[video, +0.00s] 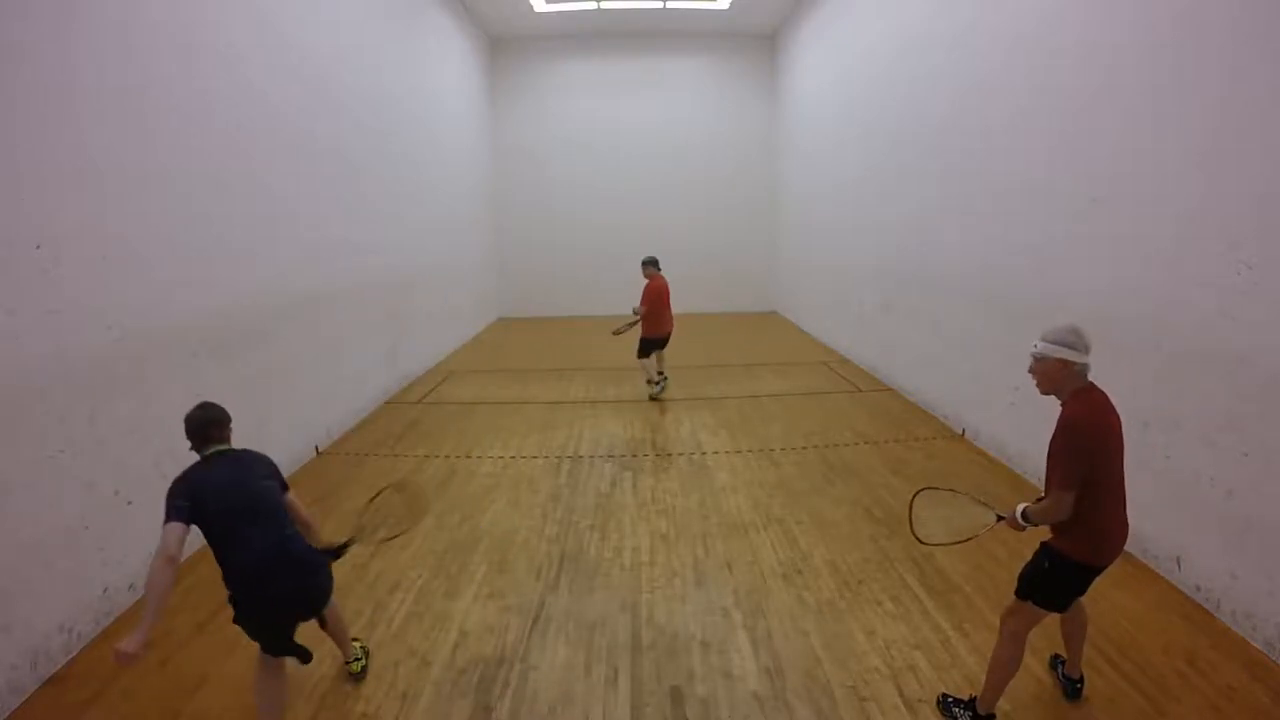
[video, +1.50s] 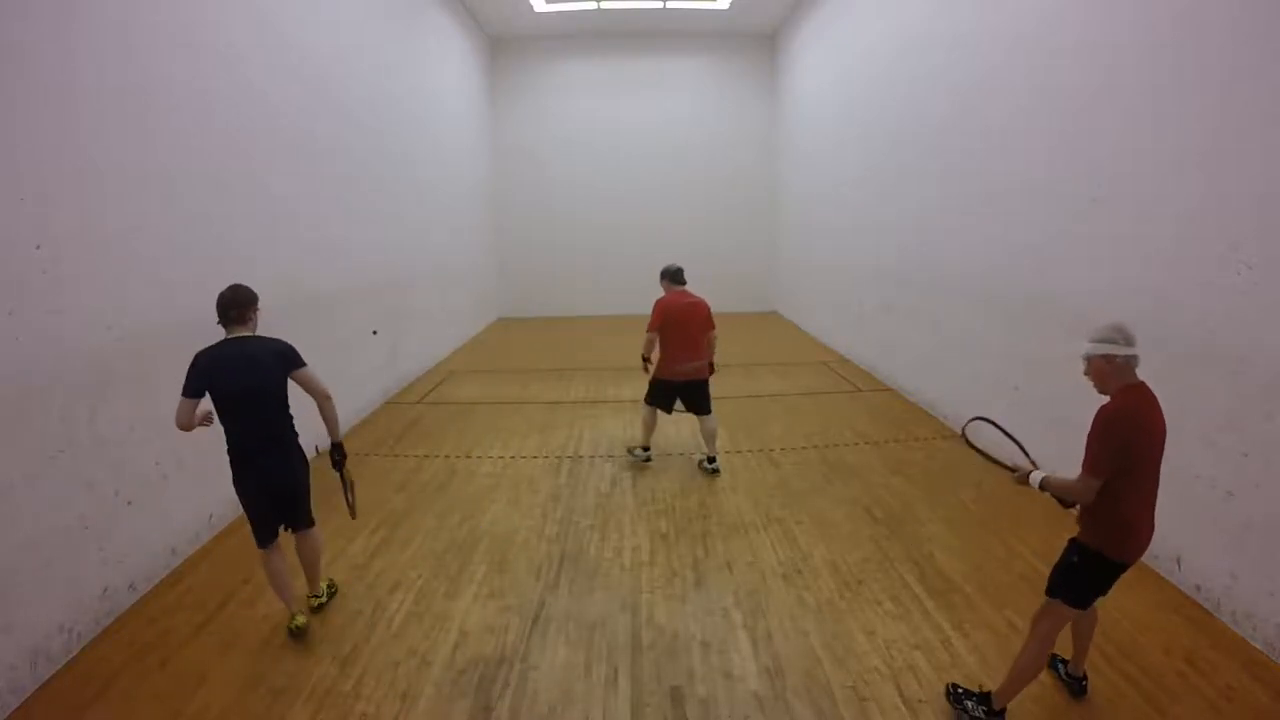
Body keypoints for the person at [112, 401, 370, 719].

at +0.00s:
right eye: (227, 428)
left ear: (192, 444)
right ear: (229, 431)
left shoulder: (186, 485)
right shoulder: (259, 462)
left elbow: (169, 556)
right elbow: (300, 516)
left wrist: (142, 633)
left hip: (255, 592)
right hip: (301, 569)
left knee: (271, 655)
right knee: (324, 602)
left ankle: (270, 713)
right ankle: (352, 657)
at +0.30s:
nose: (150, 396)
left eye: (154, 385)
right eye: (148, 387)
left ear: (178, 382)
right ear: (198, 382)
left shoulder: (155, 436)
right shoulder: (242, 414)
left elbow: (144, 523)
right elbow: (299, 464)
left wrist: (146, 584)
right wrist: (313, 511)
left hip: (217, 567)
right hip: (273, 547)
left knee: (231, 663)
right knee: (323, 610)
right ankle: (386, 670)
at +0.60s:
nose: (185, 388)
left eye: (185, 382)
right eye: (186, 380)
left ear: (190, 385)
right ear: (226, 379)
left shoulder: (192, 431)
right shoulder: (242, 414)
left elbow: (155, 508)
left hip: (260, 554)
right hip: (307, 529)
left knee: (254, 663)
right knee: (320, 600)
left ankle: (260, 716)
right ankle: (378, 667)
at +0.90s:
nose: (208, 344)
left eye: (208, 338)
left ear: (212, 339)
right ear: (245, 335)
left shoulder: (215, 369)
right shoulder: (267, 367)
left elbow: (221, 415)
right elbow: (278, 420)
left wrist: (175, 478)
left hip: (264, 493)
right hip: (306, 479)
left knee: (266, 589)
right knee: (323, 572)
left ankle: (290, 671)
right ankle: (377, 652)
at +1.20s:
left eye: (208, 331)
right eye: (235, 324)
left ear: (202, 335)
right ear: (237, 327)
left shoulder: (200, 385)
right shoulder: (267, 363)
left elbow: (206, 456)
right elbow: (310, 411)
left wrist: (213, 510)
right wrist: (310, 454)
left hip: (253, 487)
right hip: (295, 472)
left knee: (275, 559)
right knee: (314, 546)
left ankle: (302, 627)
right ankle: (348, 603)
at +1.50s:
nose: (259, 314)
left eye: (256, 308)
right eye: (257, 309)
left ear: (220, 318)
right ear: (252, 314)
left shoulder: (205, 361)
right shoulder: (276, 349)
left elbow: (184, 420)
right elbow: (322, 395)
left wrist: (201, 418)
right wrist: (336, 442)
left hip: (245, 466)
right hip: (288, 456)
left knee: (268, 544)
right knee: (303, 525)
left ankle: (297, 613)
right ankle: (317, 591)